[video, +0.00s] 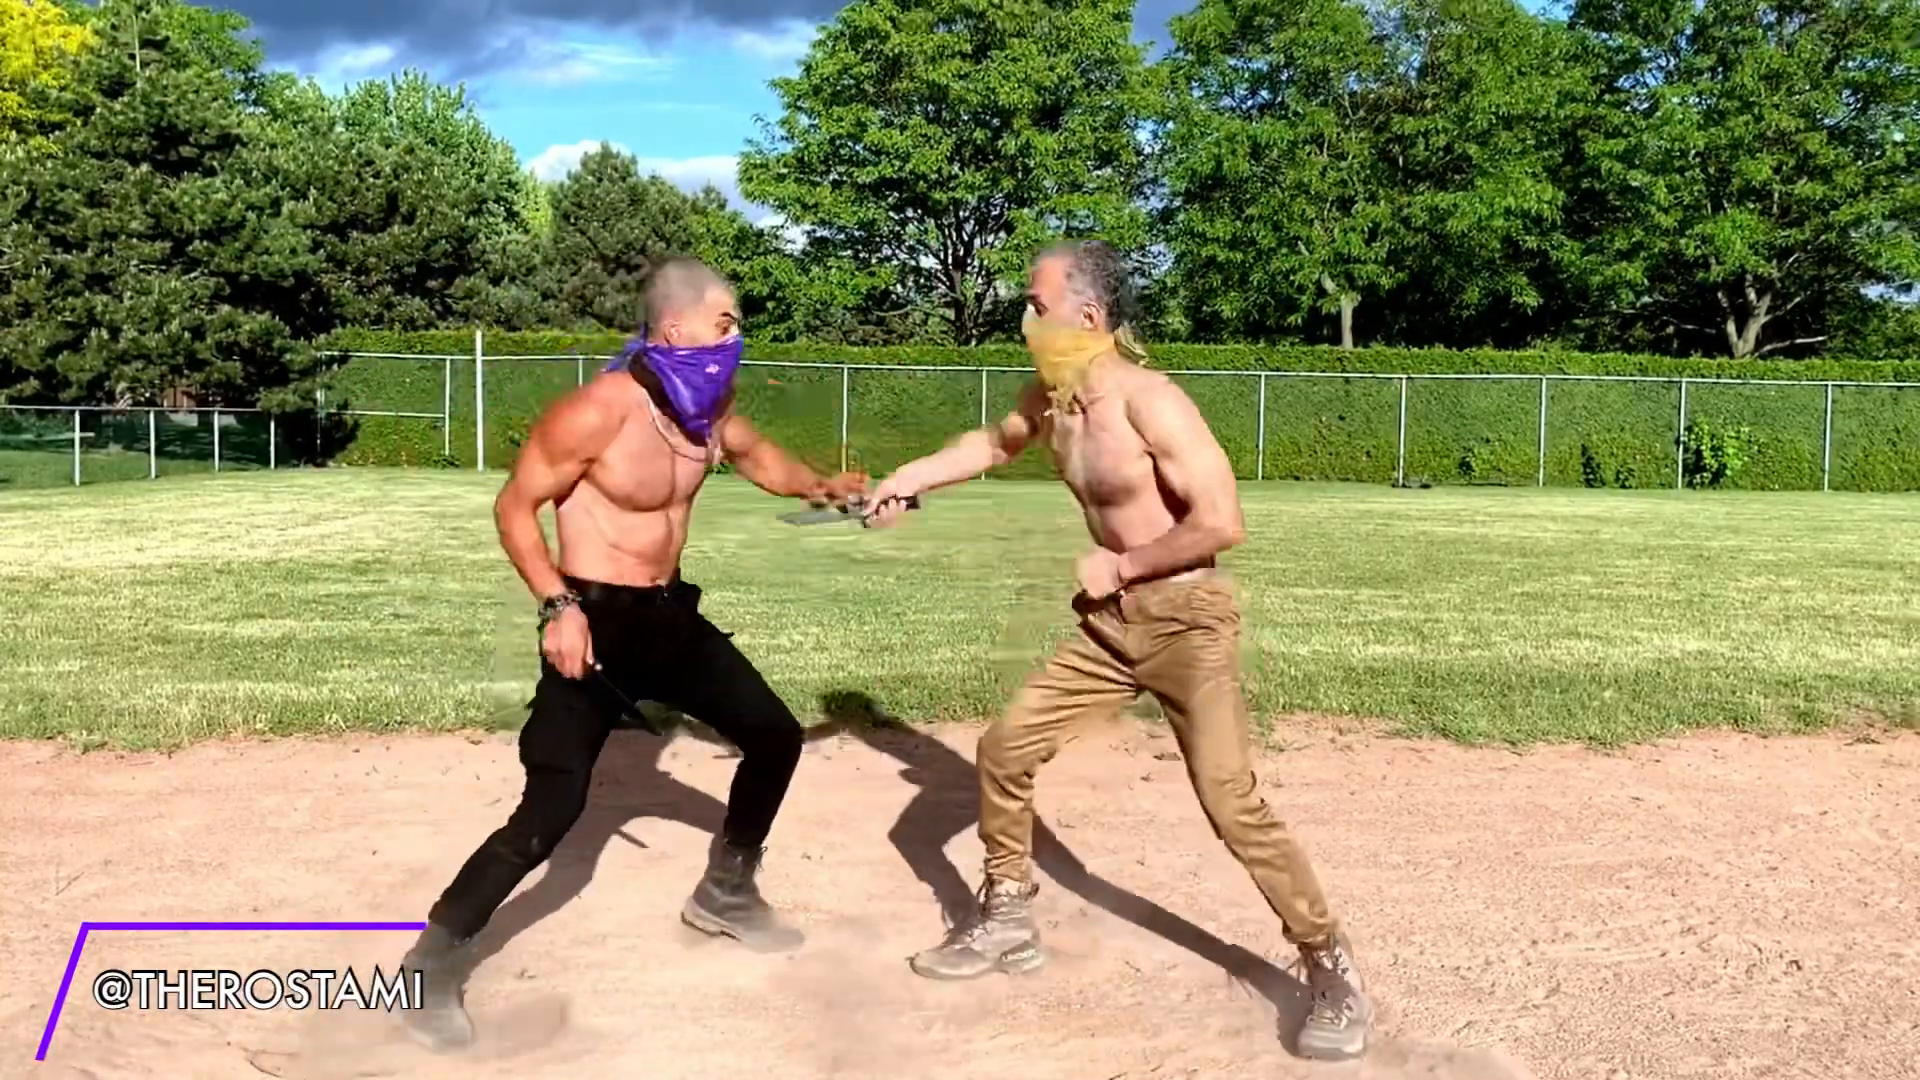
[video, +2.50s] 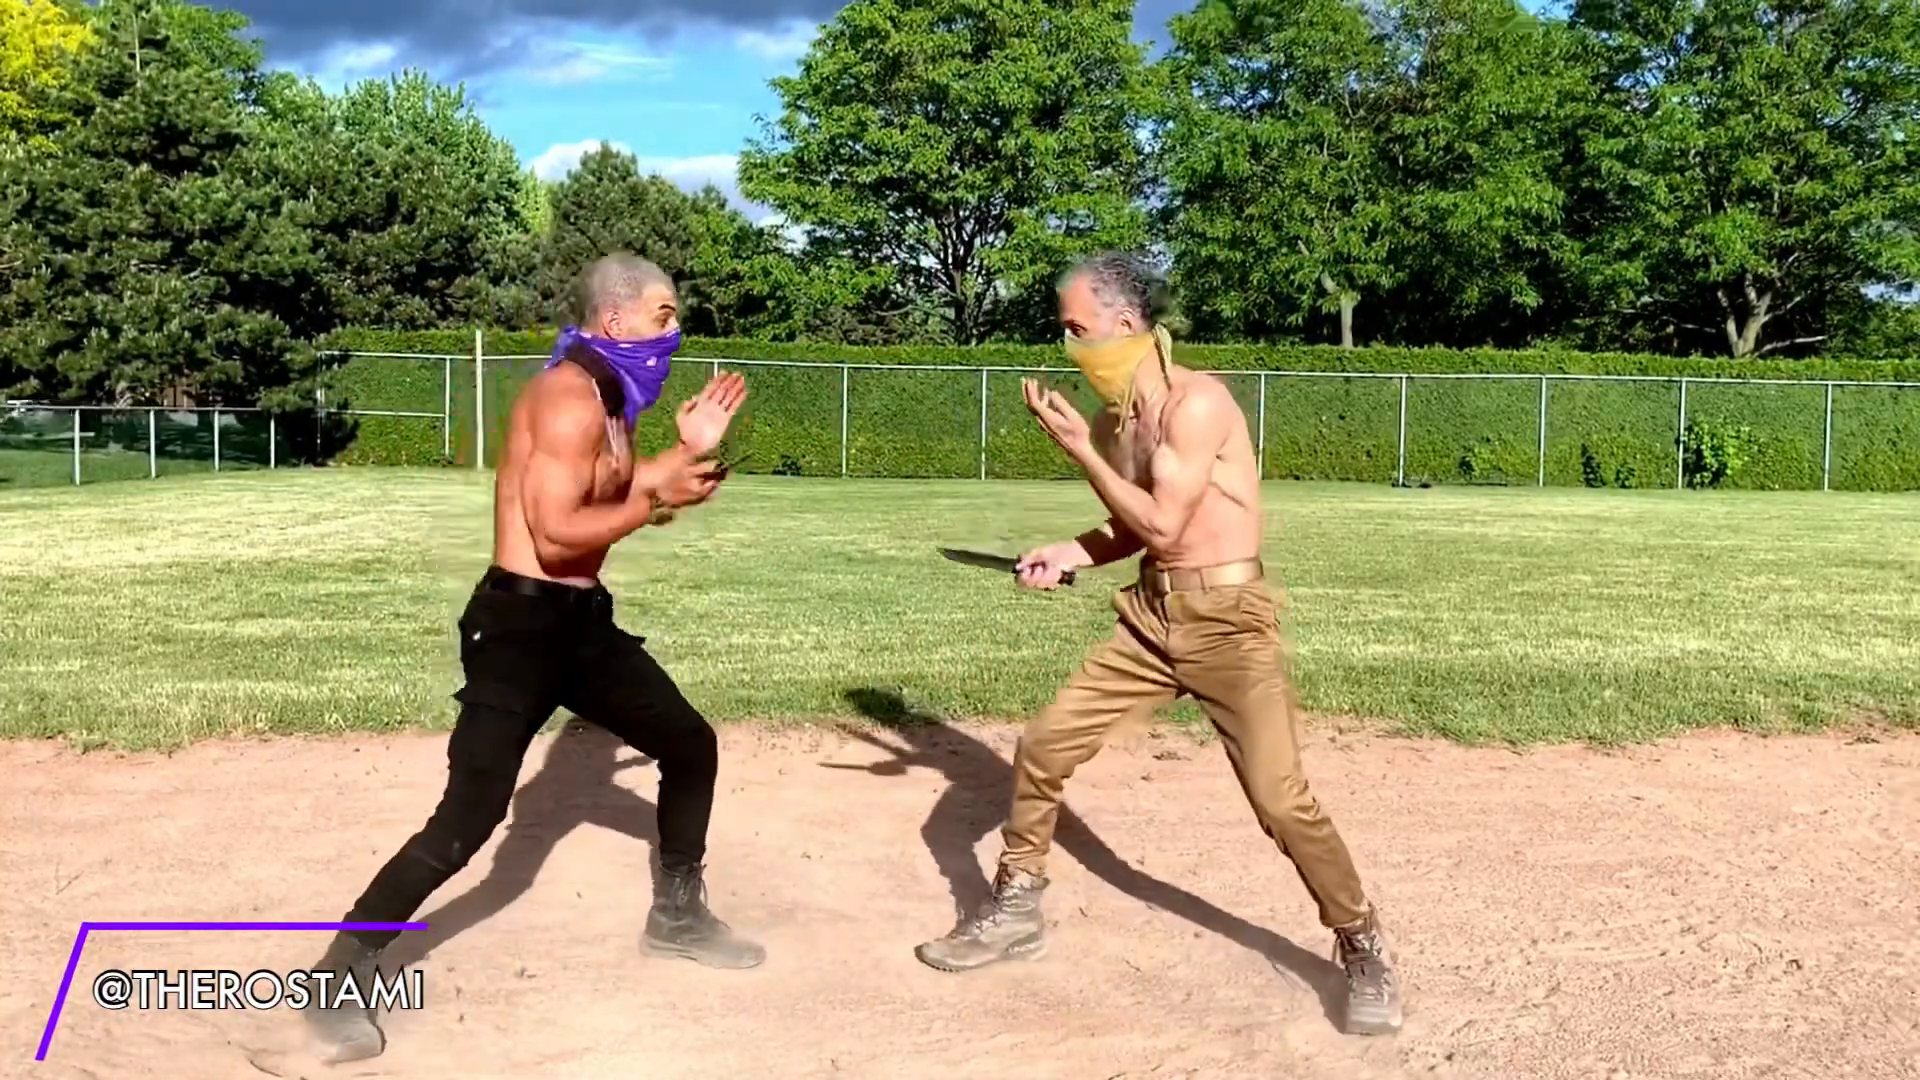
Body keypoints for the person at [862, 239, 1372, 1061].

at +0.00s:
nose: (1027, 320)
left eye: (1038, 306)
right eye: (1027, 306)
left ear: (1090, 310)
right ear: (1070, 312)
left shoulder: (1150, 398)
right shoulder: (1050, 400)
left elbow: (1221, 523)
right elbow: (993, 443)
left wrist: (1122, 563)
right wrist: (910, 477)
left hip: (1189, 618)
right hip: (1109, 621)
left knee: (1229, 799)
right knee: (1005, 750)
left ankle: (1329, 968)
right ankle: (1006, 918)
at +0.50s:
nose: (1054, 276)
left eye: (1070, 267)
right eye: (1058, 263)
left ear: (1116, 290)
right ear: (1083, 284)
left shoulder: (1147, 386)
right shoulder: (1034, 350)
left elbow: (1173, 517)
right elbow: (942, 356)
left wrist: (1058, 510)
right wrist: (852, 390)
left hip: (1129, 600)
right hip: (1049, 595)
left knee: (1188, 764)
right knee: (958, 747)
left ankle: (1298, 936)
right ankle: (978, 905)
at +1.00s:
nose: (1060, 325)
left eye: (1071, 308)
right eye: (1057, 310)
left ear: (1125, 307)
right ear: (1090, 313)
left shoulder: (1197, 385)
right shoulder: (1110, 403)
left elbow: (1185, 511)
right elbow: (1129, 512)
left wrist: (1093, 436)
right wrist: (1082, 574)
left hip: (1214, 612)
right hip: (1132, 607)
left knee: (1258, 797)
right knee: (1033, 755)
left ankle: (1330, 951)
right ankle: (1017, 911)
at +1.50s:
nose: (1045, 322)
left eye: (1058, 308)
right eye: (1044, 309)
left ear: (1111, 309)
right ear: (1078, 316)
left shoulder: (1153, 389)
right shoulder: (1099, 410)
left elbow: (1094, 432)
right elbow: (1088, 506)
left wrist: (1025, 366)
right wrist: (1020, 557)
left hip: (1191, 630)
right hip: (1119, 628)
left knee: (1245, 815)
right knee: (1009, 756)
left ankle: (1344, 948)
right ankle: (984, 913)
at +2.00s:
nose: (1112, 309)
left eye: (1122, 293)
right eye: (1111, 296)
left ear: (1170, 293)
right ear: (1144, 297)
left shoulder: (1232, 382)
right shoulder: (1141, 392)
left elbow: (1209, 470)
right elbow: (1142, 483)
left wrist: (1153, 362)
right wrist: (1062, 511)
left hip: (1236, 613)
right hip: (1162, 609)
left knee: (1249, 802)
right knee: (1052, 750)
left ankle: (1339, 962)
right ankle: (1025, 912)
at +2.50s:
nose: (1071, 346)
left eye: (1080, 329)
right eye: (1066, 332)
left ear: (1130, 321)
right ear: (1098, 331)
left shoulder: (1201, 404)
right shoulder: (1116, 421)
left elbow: (1165, 525)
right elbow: (1141, 526)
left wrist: (1083, 452)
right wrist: (1075, 552)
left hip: (1231, 625)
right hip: (1148, 619)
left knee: (1280, 802)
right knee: (1042, 750)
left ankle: (1363, 950)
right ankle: (1017, 910)